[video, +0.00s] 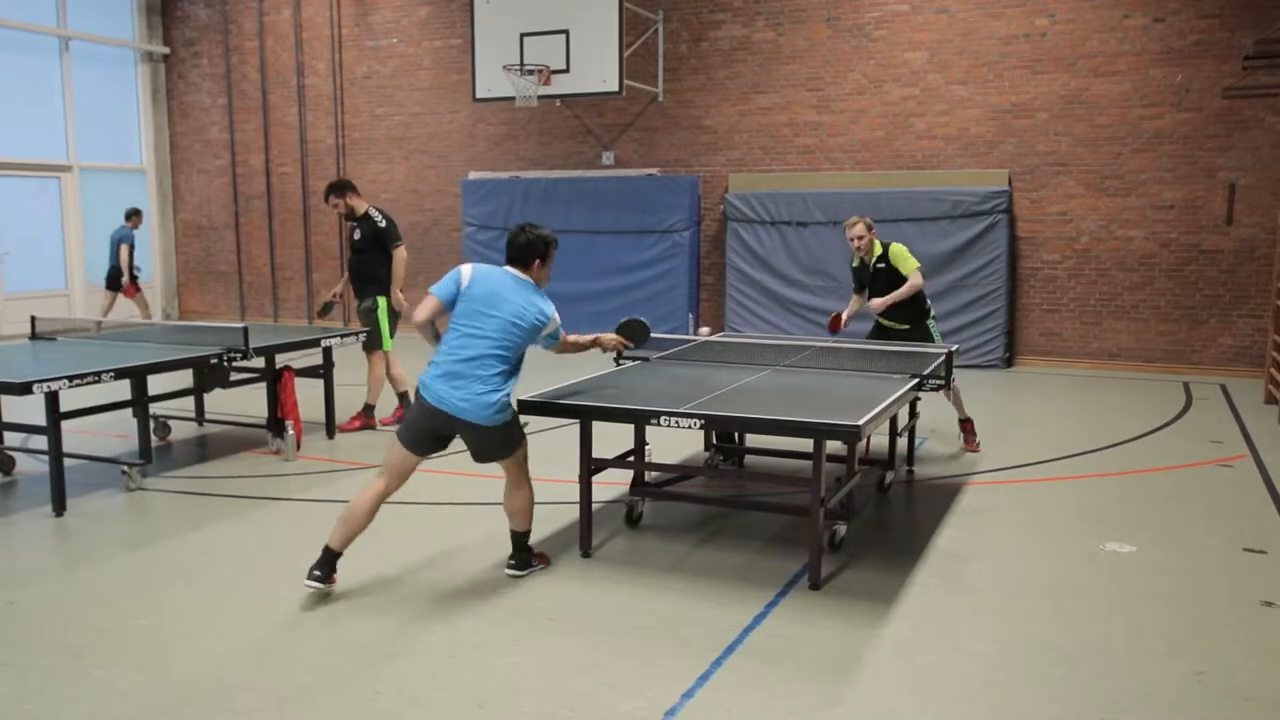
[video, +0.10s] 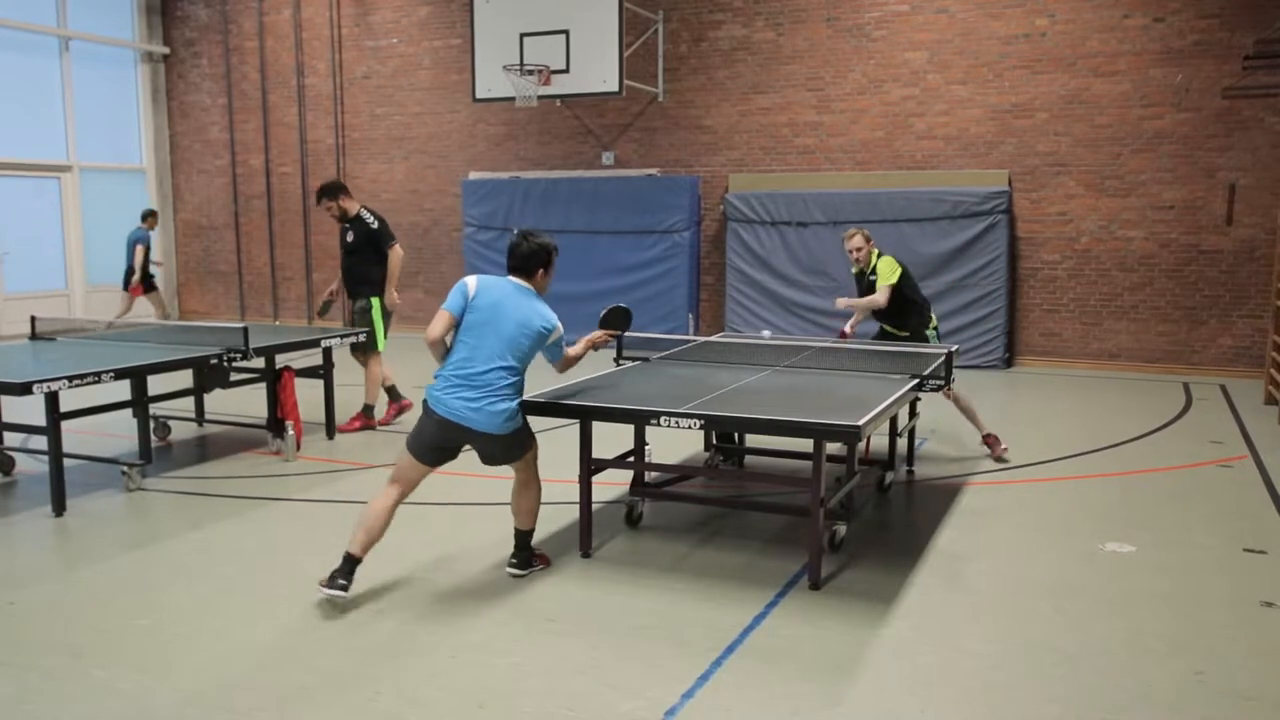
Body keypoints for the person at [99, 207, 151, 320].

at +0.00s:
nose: (141, 222)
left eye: (141, 219)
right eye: (139, 218)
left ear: (130, 219)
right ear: (133, 219)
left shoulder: (117, 232)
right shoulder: (127, 234)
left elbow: (116, 256)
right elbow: (124, 255)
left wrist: (131, 266)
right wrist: (126, 275)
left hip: (113, 271)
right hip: (124, 272)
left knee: (106, 305)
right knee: (143, 306)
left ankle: (95, 329)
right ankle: (149, 335)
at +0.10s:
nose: (156, 223)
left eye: (156, 220)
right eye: (155, 220)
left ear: (146, 220)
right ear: (149, 220)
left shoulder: (134, 233)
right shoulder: (143, 235)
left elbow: (136, 256)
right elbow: (139, 255)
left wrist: (153, 263)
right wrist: (137, 273)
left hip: (130, 273)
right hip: (143, 274)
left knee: (125, 308)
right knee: (160, 307)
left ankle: (108, 326)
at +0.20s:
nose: (170, 220)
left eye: (170, 217)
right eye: (169, 217)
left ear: (159, 217)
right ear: (164, 217)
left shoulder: (148, 229)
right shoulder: (157, 231)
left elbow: (147, 253)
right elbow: (154, 253)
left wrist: (161, 266)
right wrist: (155, 271)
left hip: (146, 268)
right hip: (156, 268)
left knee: (150, 304)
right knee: (166, 303)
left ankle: (131, 319)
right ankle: (163, 331)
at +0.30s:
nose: (183, 218)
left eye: (183, 215)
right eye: (182, 215)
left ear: (172, 214)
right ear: (176, 214)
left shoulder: (161, 227)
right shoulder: (171, 228)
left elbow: (159, 250)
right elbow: (169, 248)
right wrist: (177, 268)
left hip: (159, 265)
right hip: (168, 266)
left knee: (167, 302)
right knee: (170, 302)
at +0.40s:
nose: (196, 220)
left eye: (196, 217)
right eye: (195, 217)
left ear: (184, 216)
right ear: (190, 216)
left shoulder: (173, 229)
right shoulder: (186, 230)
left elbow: (167, 251)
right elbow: (186, 249)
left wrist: (162, 268)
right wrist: (199, 266)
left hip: (173, 265)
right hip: (182, 265)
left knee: (186, 297)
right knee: (177, 297)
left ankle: (188, 323)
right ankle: (165, 326)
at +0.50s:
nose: (210, 223)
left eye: (210, 220)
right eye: (209, 220)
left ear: (198, 219)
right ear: (204, 219)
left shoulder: (186, 233)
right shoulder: (199, 233)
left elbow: (178, 252)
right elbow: (202, 252)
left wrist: (169, 266)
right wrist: (219, 264)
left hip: (188, 269)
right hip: (196, 270)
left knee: (207, 301)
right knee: (187, 304)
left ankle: (213, 325)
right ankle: (169, 325)